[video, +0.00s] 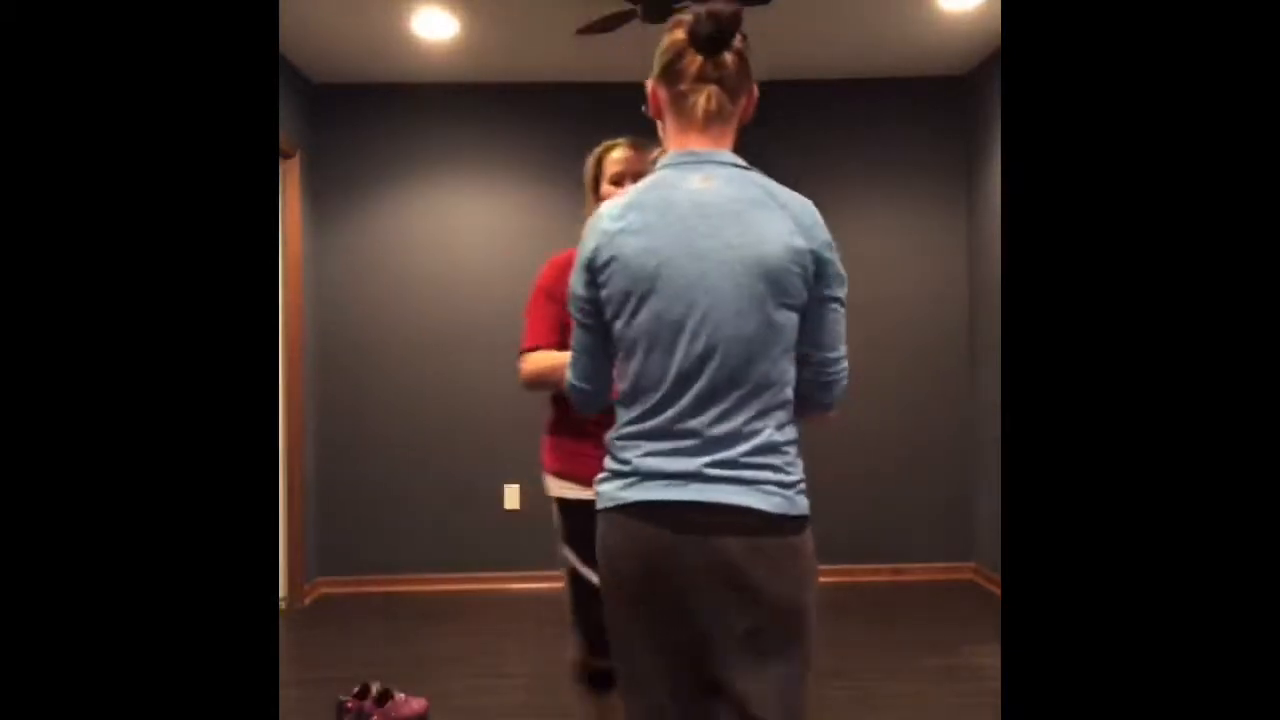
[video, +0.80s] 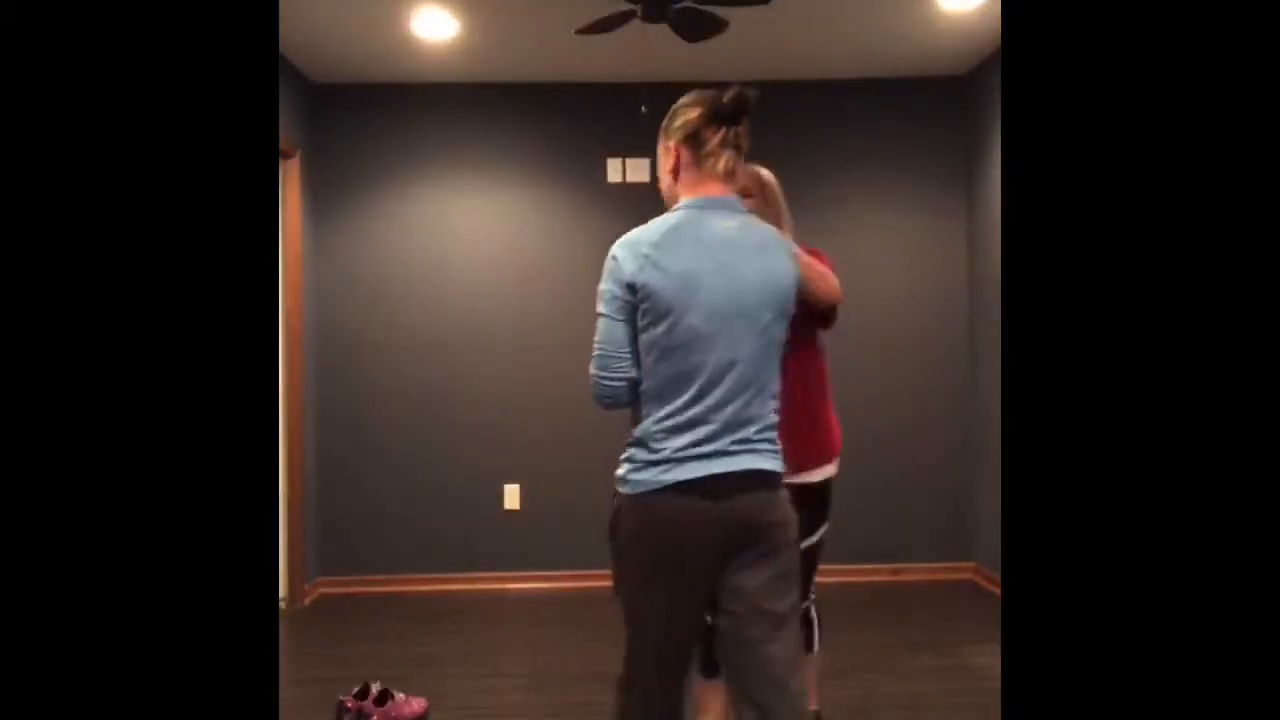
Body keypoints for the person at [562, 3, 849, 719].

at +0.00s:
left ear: (654, 100)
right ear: (748, 103)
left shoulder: (610, 226)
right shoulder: (799, 218)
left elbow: (587, 389)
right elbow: (822, 388)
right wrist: (741, 387)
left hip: (638, 525)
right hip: (763, 526)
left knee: (656, 708)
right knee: (770, 707)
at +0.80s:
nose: (658, 170)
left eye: (659, 158)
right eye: (659, 159)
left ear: (673, 158)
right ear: (737, 163)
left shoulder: (634, 250)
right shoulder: (778, 250)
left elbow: (611, 385)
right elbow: (767, 353)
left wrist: (683, 364)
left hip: (660, 506)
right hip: (759, 498)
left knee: (653, 688)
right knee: (773, 685)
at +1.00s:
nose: (612, 193)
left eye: (618, 180)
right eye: (614, 180)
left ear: (644, 184)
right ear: (687, 186)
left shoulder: (606, 263)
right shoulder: (724, 265)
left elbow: (571, 379)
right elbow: (720, 358)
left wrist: (627, 383)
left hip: (615, 490)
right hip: (701, 485)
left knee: (622, 664)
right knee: (717, 653)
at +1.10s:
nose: (585, 202)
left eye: (592, 188)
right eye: (588, 188)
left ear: (629, 192)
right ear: (653, 193)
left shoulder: (603, 261)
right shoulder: (697, 262)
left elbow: (562, 373)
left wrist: (602, 375)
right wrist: (649, 142)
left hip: (599, 484)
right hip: (668, 484)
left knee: (608, 650)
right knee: (653, 626)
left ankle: (622, 718)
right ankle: (688, 709)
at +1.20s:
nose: (570, 200)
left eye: (582, 188)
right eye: (574, 187)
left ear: (625, 197)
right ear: (630, 197)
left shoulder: (607, 263)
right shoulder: (668, 259)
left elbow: (566, 369)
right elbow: (664, 352)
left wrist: (587, 331)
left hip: (599, 466)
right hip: (643, 459)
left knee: (584, 617)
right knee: (597, 615)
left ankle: (619, 713)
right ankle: (624, 710)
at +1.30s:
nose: (573, 208)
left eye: (587, 195)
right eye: (572, 196)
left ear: (626, 202)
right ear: (574, 201)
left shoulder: (630, 265)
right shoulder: (617, 258)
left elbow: (605, 365)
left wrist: (559, 346)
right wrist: (566, 152)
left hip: (609, 461)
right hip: (591, 455)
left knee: (575, 606)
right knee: (548, 589)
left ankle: (605, 711)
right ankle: (584, 703)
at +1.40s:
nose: (573, 215)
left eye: (583, 204)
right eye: (571, 204)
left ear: (618, 209)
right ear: (576, 210)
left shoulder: (646, 269)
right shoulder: (577, 255)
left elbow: (662, 356)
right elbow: (497, 243)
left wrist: (602, 368)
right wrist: (518, 227)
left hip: (610, 456)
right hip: (573, 452)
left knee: (575, 606)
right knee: (549, 602)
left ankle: (605, 711)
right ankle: (574, 710)